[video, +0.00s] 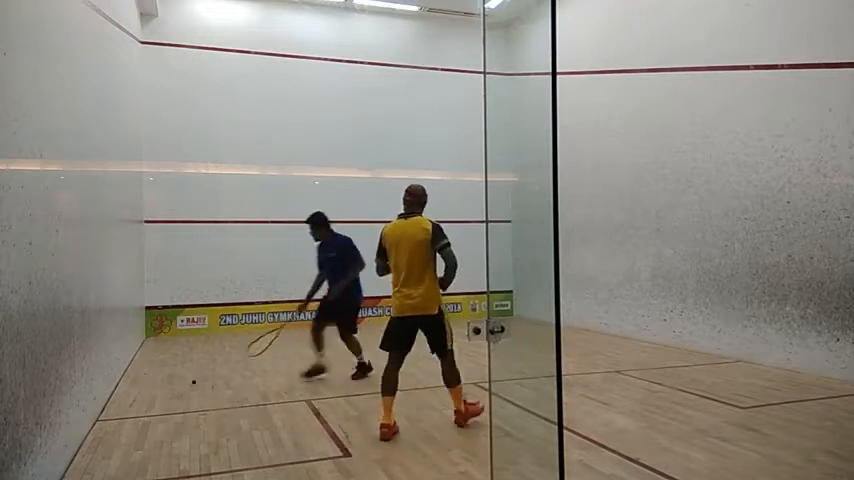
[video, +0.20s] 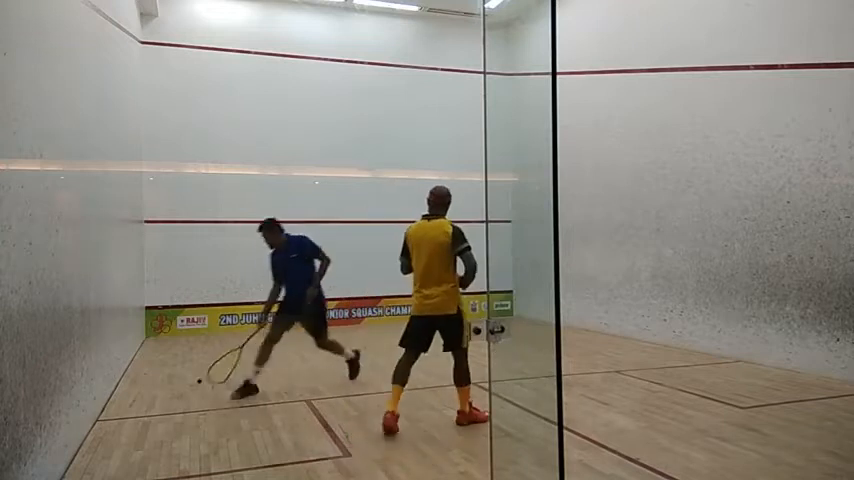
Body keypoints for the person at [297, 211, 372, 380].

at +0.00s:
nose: (311, 233)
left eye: (313, 229)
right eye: (310, 230)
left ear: (322, 227)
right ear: (321, 228)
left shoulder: (344, 242)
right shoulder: (322, 248)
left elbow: (359, 264)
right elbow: (322, 274)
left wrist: (340, 286)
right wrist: (307, 299)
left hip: (350, 293)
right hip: (333, 293)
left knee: (346, 334)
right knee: (317, 327)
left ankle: (363, 363)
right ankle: (320, 363)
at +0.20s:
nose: (265, 241)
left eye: (267, 236)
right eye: (264, 237)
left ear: (276, 231)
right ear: (270, 235)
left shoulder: (300, 242)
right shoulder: (275, 257)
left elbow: (325, 260)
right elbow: (277, 285)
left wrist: (315, 286)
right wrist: (265, 311)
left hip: (311, 297)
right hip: (291, 300)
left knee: (322, 342)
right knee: (270, 339)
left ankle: (351, 357)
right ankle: (251, 382)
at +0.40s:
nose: (236, 248)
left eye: (236, 243)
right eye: (233, 245)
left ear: (245, 237)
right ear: (238, 243)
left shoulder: (274, 242)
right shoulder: (245, 265)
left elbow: (299, 260)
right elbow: (244, 297)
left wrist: (302, 285)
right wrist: (235, 325)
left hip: (292, 298)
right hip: (270, 302)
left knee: (282, 340)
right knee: (251, 340)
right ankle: (250, 383)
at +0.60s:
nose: (223, 233)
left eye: (224, 228)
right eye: (220, 229)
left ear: (236, 223)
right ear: (225, 229)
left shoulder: (265, 233)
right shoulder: (233, 253)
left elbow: (291, 249)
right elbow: (236, 282)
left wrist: (302, 274)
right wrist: (228, 310)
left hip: (280, 293)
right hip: (257, 295)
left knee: (272, 340)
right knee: (247, 340)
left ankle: (265, 386)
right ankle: (249, 383)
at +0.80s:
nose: (228, 225)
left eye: (231, 220)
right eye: (226, 221)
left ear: (243, 216)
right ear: (228, 220)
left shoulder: (266, 233)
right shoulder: (233, 242)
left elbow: (290, 256)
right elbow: (234, 264)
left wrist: (296, 282)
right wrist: (228, 285)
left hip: (270, 297)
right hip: (248, 297)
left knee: (264, 345)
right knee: (242, 346)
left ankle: (257, 393)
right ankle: (248, 381)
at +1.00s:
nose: (237, 214)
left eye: (241, 210)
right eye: (236, 210)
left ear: (255, 209)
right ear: (238, 211)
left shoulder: (273, 231)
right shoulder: (241, 231)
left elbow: (288, 264)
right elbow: (242, 248)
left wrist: (280, 286)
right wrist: (229, 259)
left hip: (269, 297)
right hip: (246, 295)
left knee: (263, 347)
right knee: (231, 344)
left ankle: (257, 395)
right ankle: (241, 374)